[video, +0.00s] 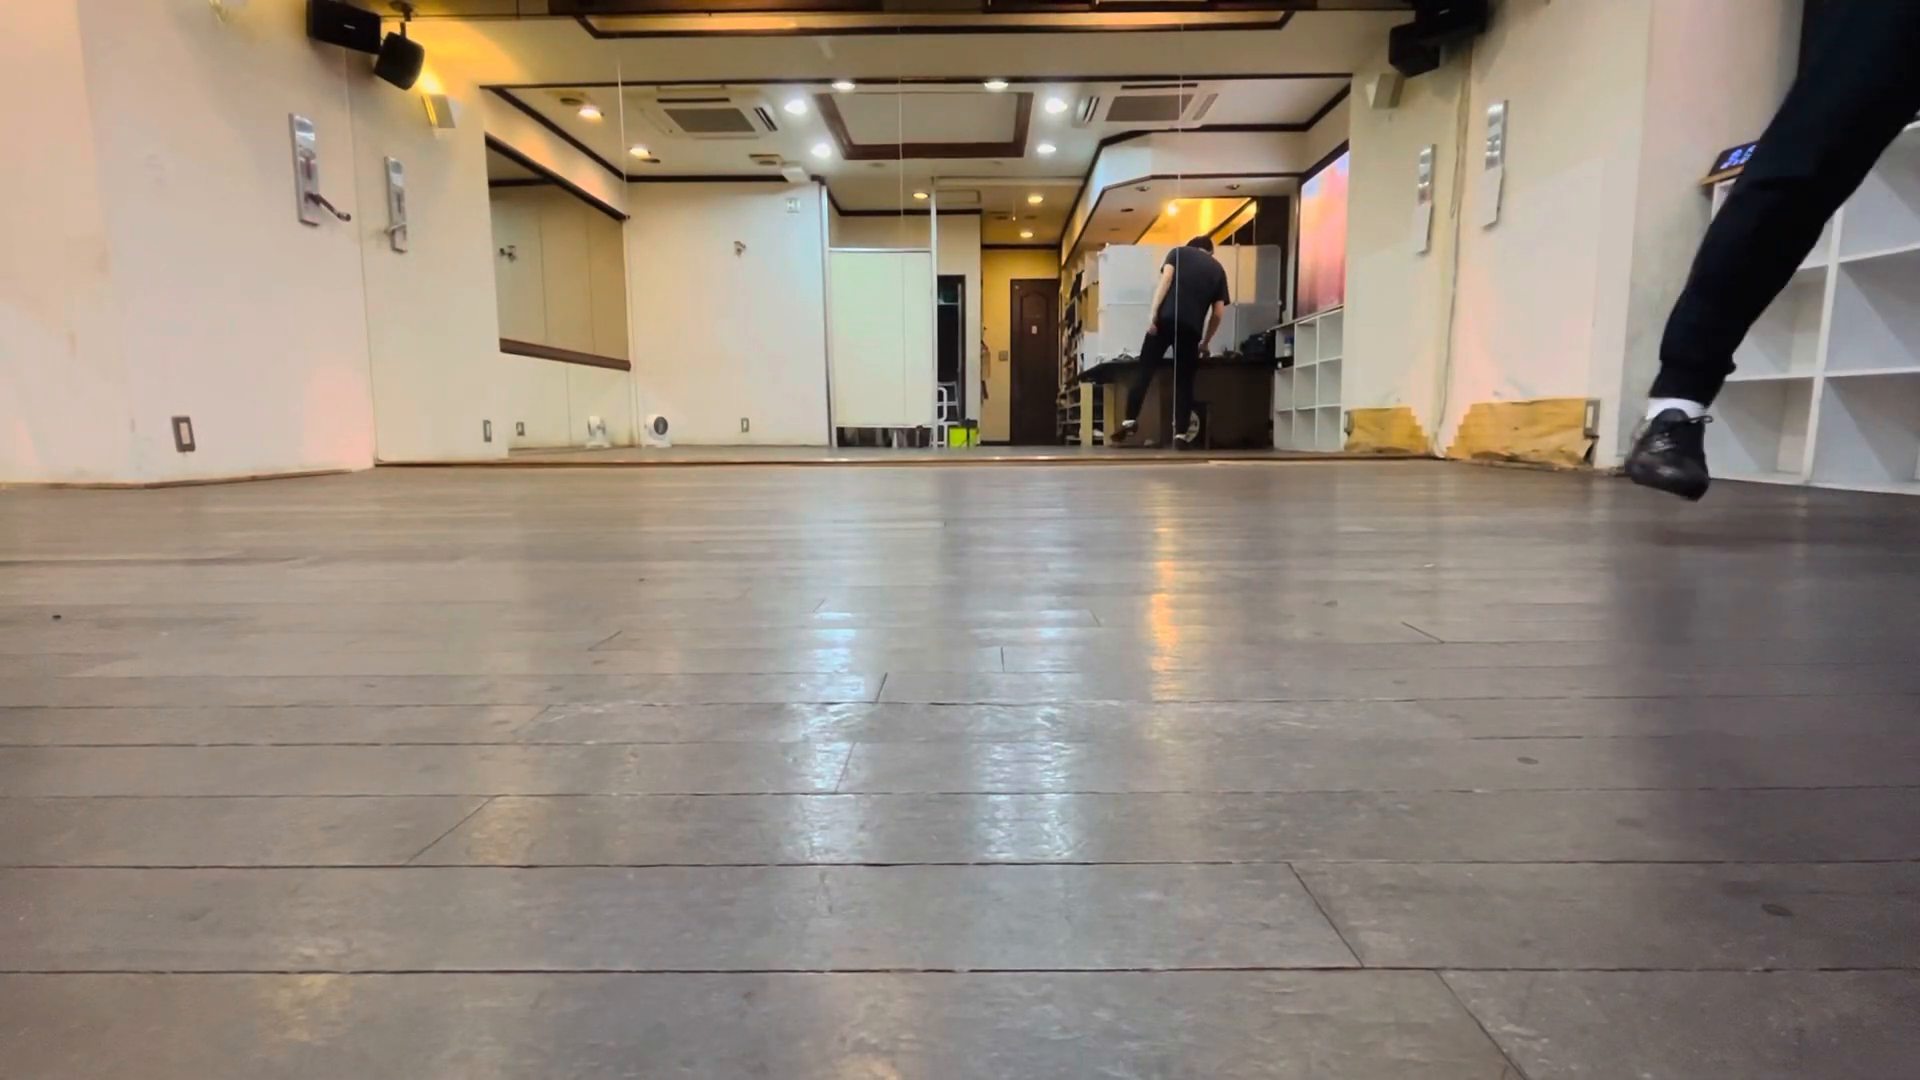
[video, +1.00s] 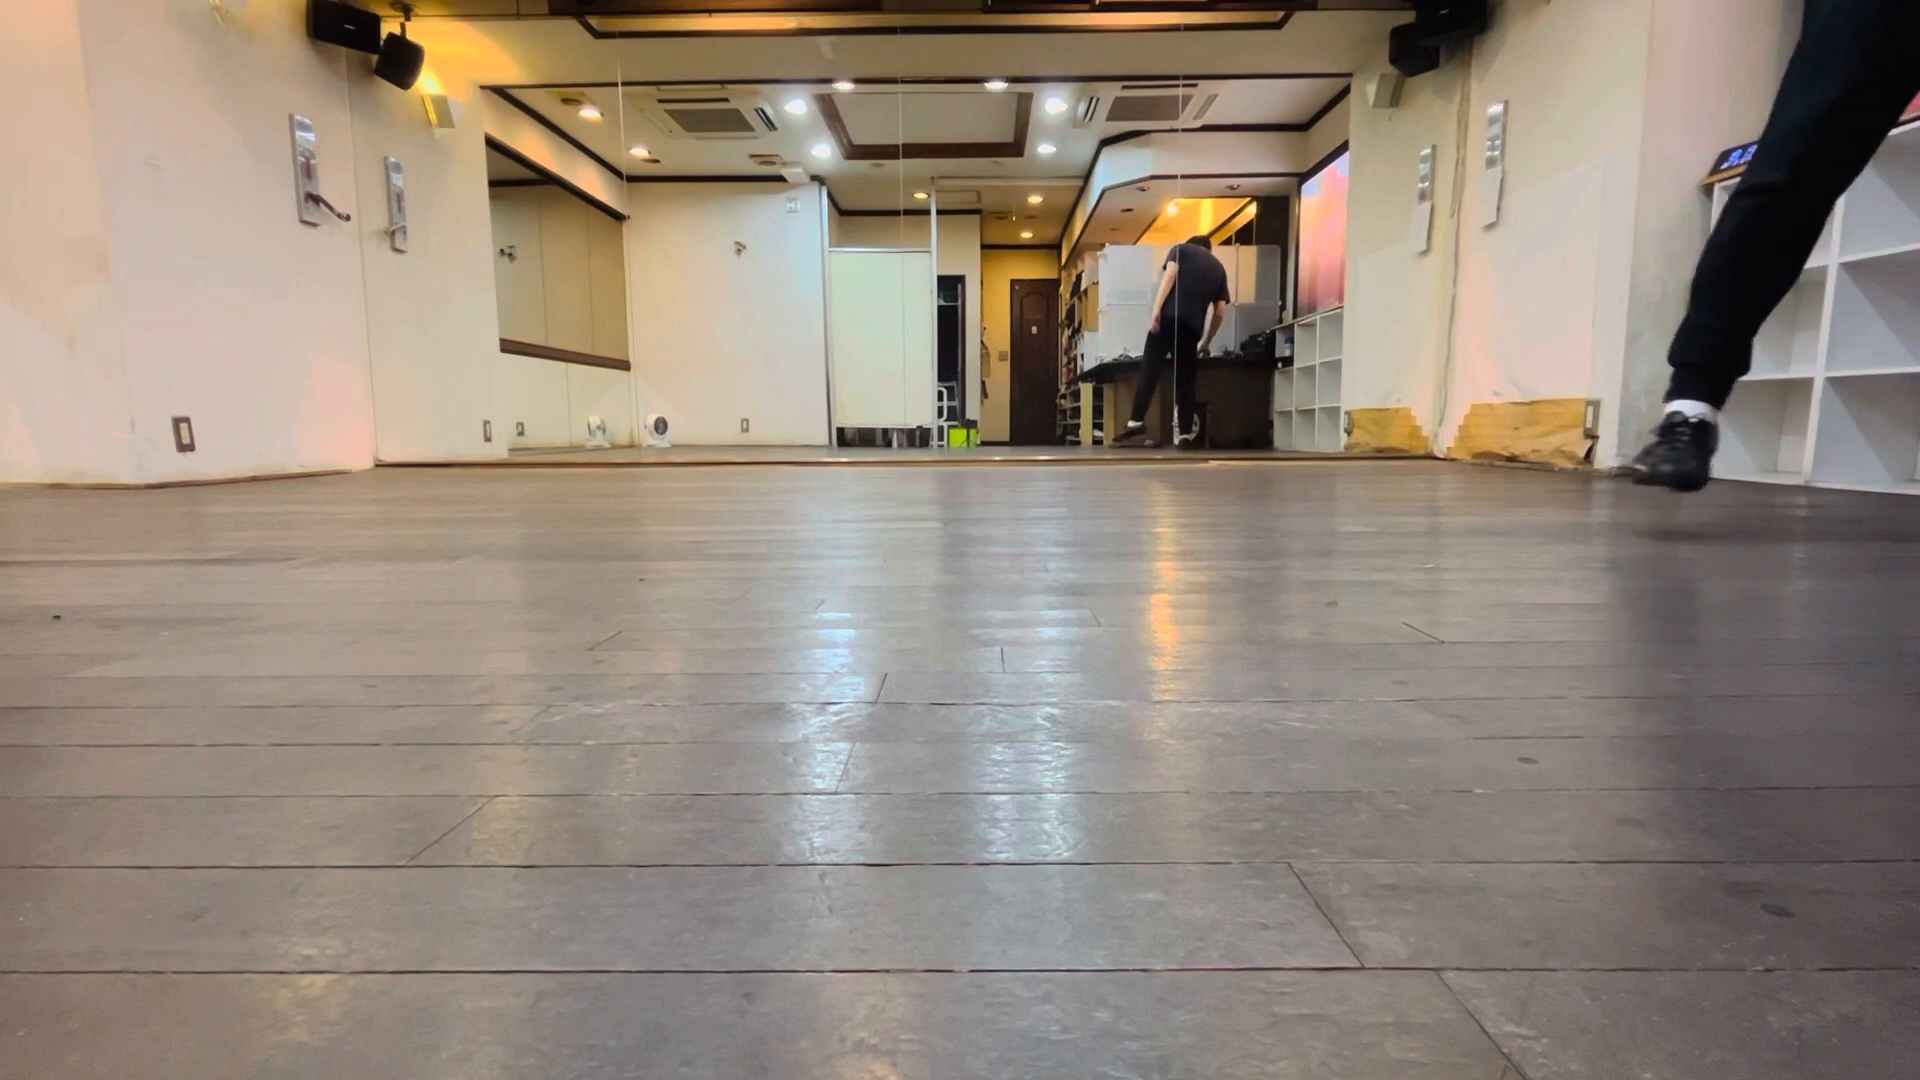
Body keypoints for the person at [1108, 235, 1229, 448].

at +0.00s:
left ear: (1190, 246)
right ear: (1211, 252)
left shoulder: (1178, 252)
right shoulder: (1218, 270)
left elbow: (1167, 277)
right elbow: (1218, 314)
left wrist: (1153, 314)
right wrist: (1206, 342)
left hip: (1166, 320)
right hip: (1191, 328)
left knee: (1145, 368)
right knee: (1185, 380)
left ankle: (1130, 418)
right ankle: (1180, 433)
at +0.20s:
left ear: (1190, 247)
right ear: (1209, 252)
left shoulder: (1178, 252)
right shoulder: (1217, 271)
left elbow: (1168, 276)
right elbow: (1218, 314)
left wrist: (1155, 309)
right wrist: (1206, 342)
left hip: (1165, 319)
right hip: (1191, 327)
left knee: (1152, 368)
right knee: (1184, 379)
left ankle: (1142, 420)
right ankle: (1180, 432)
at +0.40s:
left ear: (1188, 245)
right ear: (1208, 252)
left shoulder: (1179, 251)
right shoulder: (1217, 271)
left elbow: (1170, 276)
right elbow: (1218, 313)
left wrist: (1157, 309)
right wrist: (1206, 342)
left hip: (1168, 318)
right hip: (1192, 325)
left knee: (1155, 366)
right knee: (1185, 377)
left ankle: (1148, 419)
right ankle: (1180, 431)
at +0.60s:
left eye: (1185, 245)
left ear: (1188, 245)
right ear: (1206, 250)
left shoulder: (1180, 250)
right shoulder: (1217, 269)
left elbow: (1173, 276)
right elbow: (1218, 313)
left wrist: (1161, 310)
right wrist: (1206, 342)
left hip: (1171, 318)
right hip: (1195, 326)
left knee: (1155, 367)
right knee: (1185, 379)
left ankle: (1147, 419)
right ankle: (1181, 432)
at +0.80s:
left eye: (1186, 245)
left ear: (1188, 244)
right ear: (1207, 250)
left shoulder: (1181, 251)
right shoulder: (1217, 269)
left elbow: (1173, 276)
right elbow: (1219, 313)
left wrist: (1161, 310)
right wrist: (1206, 342)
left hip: (1171, 318)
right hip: (1195, 327)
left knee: (1152, 368)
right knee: (1186, 379)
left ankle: (1141, 418)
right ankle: (1184, 433)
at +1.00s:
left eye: (1187, 244)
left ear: (1189, 243)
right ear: (1209, 249)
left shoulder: (1179, 249)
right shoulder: (1218, 268)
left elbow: (1171, 274)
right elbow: (1220, 313)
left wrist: (1156, 309)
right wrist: (1207, 343)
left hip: (1167, 319)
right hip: (1193, 327)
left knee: (1150, 369)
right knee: (1185, 379)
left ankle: (1136, 420)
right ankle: (1183, 434)